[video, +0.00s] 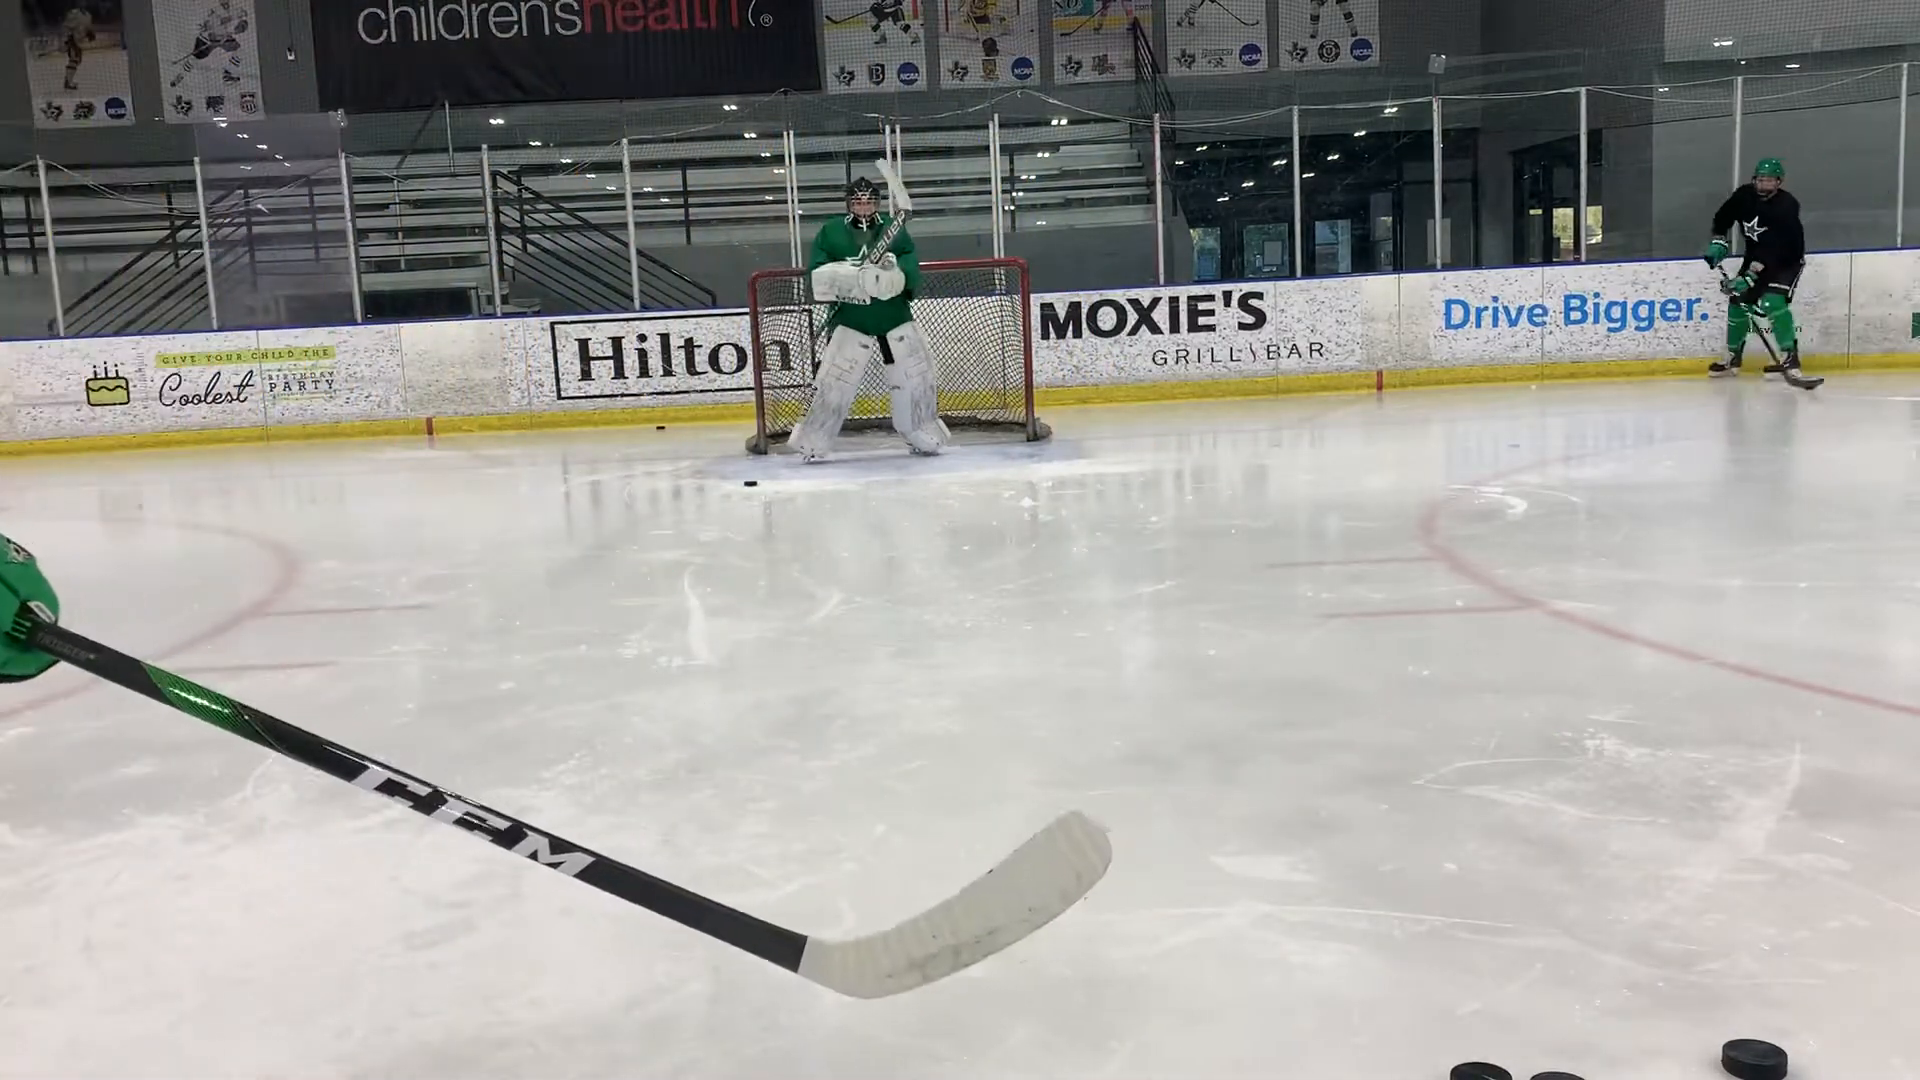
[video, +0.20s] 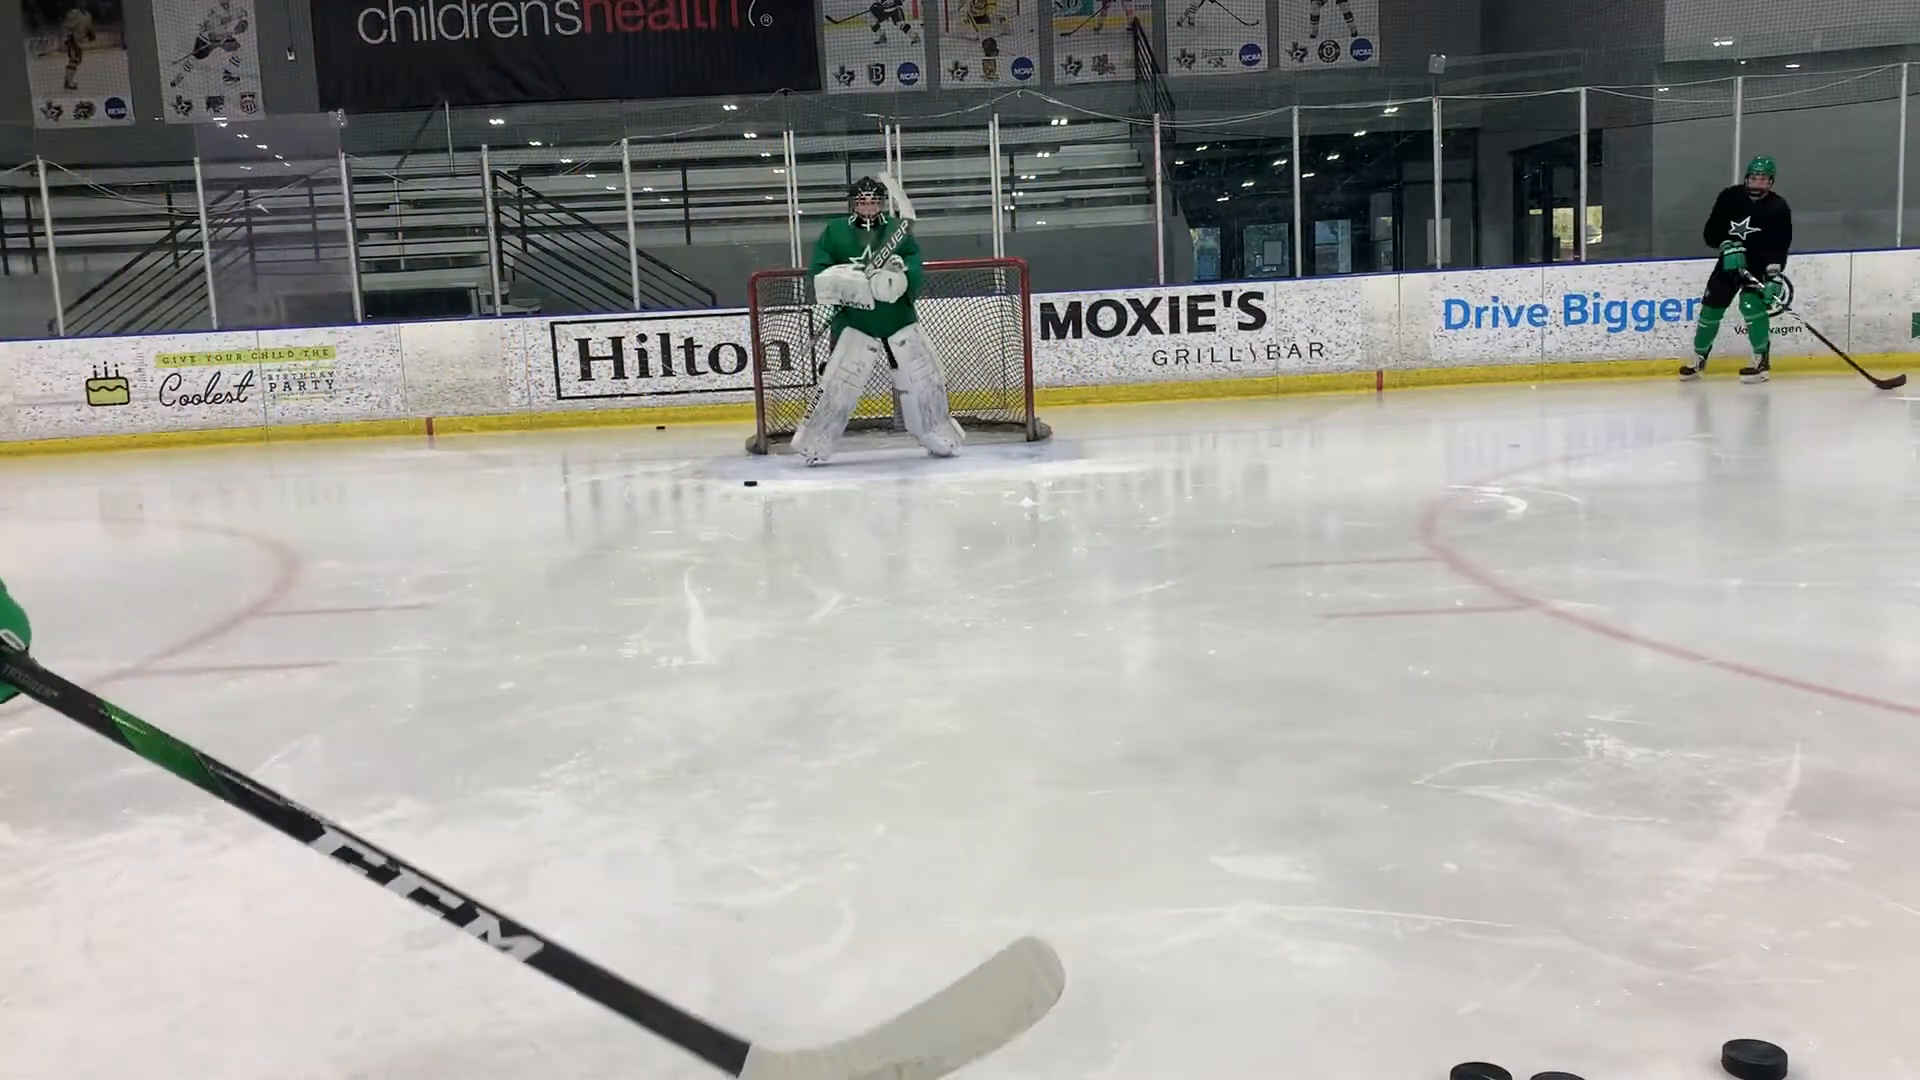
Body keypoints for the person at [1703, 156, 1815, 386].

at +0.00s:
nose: (1766, 185)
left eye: (1771, 180)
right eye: (1762, 179)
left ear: (1779, 182)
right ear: (1755, 180)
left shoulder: (1786, 205)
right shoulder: (1744, 195)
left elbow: (1777, 247)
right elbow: (1723, 217)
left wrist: (1750, 277)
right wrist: (1718, 242)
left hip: (1786, 262)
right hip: (1756, 259)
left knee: (1771, 302)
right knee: (1738, 303)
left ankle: (1790, 356)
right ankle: (1734, 357)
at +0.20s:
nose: (1757, 183)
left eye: (1763, 178)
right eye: (1754, 178)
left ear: (1770, 182)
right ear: (1747, 178)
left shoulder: (1778, 208)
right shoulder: (1730, 197)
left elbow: (1781, 245)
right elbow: (1711, 231)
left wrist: (1774, 274)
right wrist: (1726, 247)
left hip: (1760, 266)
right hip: (1731, 261)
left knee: (1750, 304)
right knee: (1711, 306)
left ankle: (1760, 359)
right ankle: (1699, 359)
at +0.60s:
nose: (1783, 170)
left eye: (1790, 167)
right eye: (1780, 164)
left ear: (1797, 173)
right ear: (1773, 166)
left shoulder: (1799, 205)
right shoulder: (1747, 187)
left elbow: (1800, 241)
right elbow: (1718, 219)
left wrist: (1796, 267)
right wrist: (1725, 244)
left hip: (1764, 263)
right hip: (1731, 254)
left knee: (1753, 311)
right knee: (1708, 306)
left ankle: (1742, 359)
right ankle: (1689, 354)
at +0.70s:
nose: (1795, 164)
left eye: (1802, 161)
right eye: (1792, 158)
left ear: (1808, 167)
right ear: (1783, 159)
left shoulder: (1809, 202)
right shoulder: (1755, 180)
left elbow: (1805, 241)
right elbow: (1722, 208)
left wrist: (1805, 266)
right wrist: (1721, 236)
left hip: (1769, 260)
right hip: (1735, 251)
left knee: (1758, 308)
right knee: (1717, 304)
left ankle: (1747, 359)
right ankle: (1702, 354)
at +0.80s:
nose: (1805, 157)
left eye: (1812, 154)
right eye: (1801, 151)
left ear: (1818, 161)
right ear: (1793, 153)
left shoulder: (1817, 197)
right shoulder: (1762, 174)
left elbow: (1814, 238)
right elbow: (1727, 202)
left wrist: (1814, 268)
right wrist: (1722, 229)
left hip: (1776, 257)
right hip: (1741, 249)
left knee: (1766, 309)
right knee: (1727, 304)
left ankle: (1754, 360)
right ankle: (1716, 355)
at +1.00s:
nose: (1822, 149)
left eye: (1828, 145)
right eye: (1818, 143)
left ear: (1834, 151)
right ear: (1807, 145)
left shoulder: (1836, 188)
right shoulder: (1777, 168)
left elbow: (1831, 229)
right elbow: (1746, 196)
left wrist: (1821, 260)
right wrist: (1734, 219)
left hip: (1799, 259)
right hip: (1762, 251)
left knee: (1787, 312)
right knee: (1753, 306)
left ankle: (1772, 362)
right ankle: (1746, 361)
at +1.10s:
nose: (1829, 146)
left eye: (1836, 142)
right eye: (1825, 140)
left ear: (1842, 148)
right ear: (1815, 143)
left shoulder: (1846, 185)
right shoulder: (1787, 167)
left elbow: (1843, 226)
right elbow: (1755, 195)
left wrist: (1832, 257)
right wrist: (1742, 218)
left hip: (1811, 258)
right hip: (1776, 250)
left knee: (1799, 313)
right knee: (1773, 307)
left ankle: (1783, 363)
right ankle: (1766, 363)